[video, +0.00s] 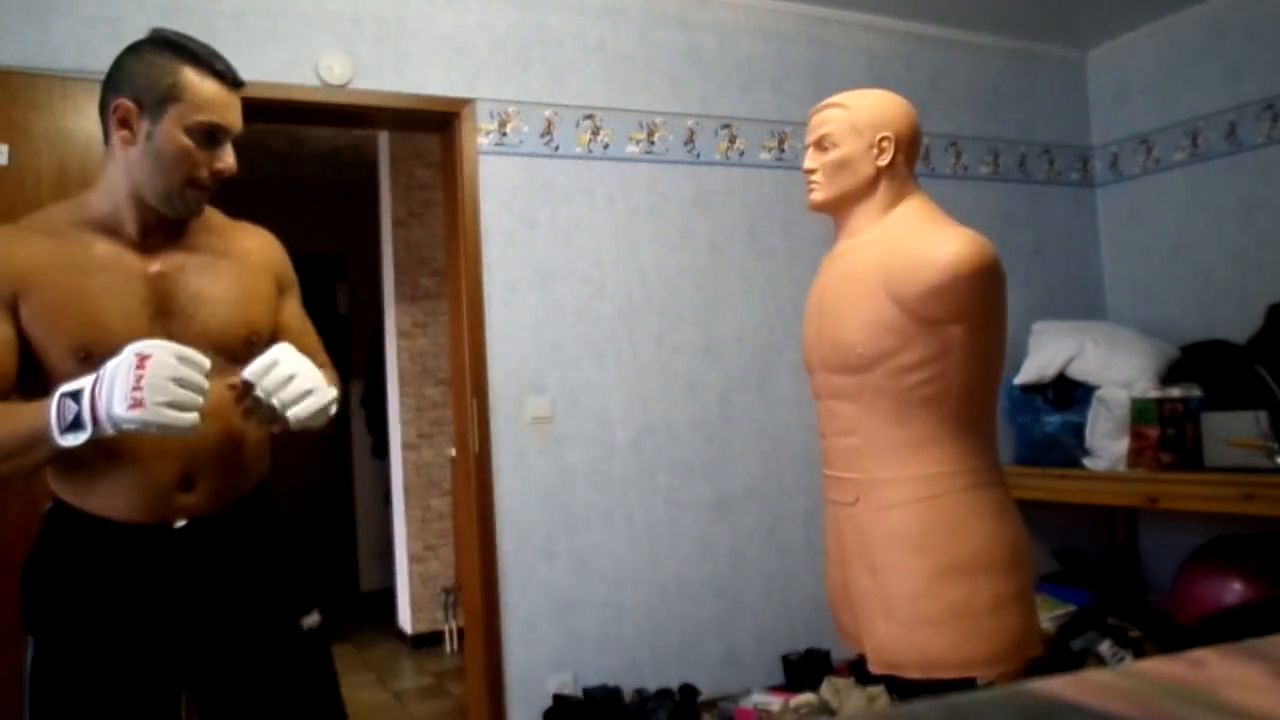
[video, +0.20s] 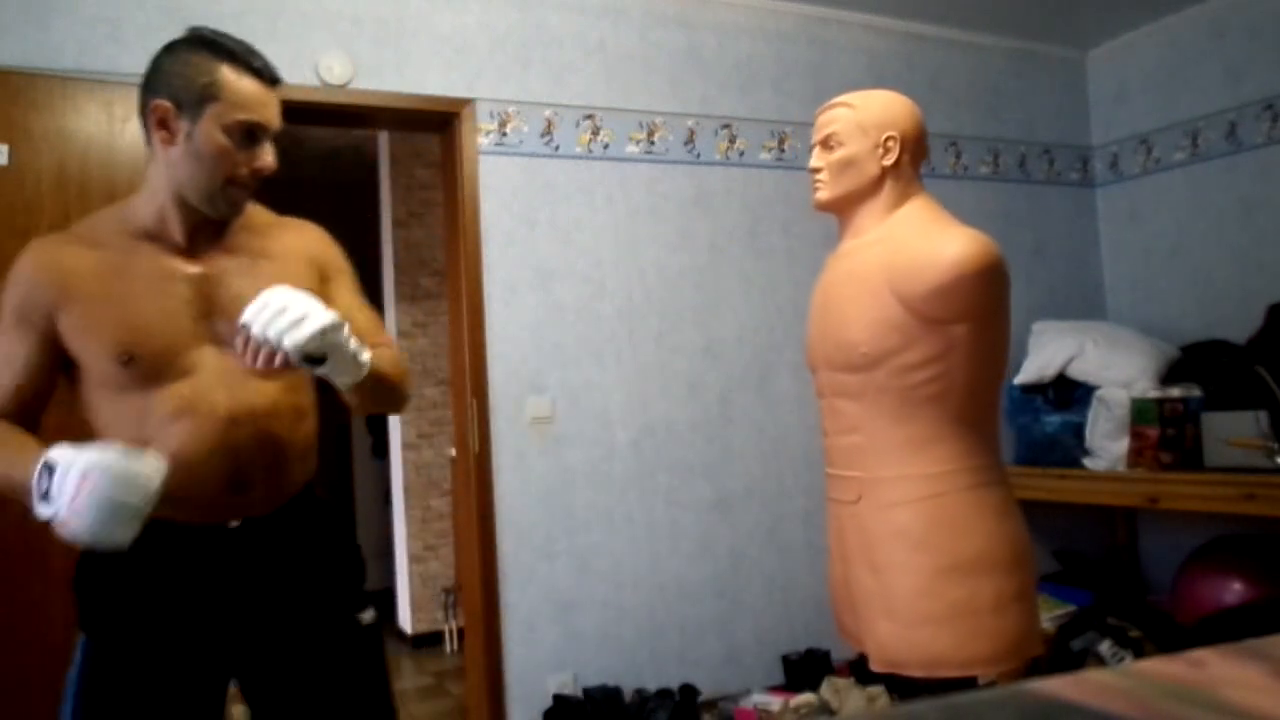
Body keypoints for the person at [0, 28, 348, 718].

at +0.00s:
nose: (227, 165)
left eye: (232, 144)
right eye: (207, 138)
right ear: (125, 125)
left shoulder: (259, 252)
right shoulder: (20, 255)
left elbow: (320, 384)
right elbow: (5, 435)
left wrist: (309, 388)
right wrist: (87, 404)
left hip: (246, 564)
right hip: (94, 574)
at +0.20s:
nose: (268, 162)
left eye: (271, 141)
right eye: (245, 136)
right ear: (165, 126)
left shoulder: (304, 247)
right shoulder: (57, 270)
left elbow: (391, 391)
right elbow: (3, 423)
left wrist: (336, 347)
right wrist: (47, 476)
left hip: (298, 564)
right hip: (149, 575)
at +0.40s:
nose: (298, 158)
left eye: (301, 136)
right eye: (275, 131)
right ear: (195, 118)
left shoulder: (326, 240)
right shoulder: (75, 255)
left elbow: (440, 374)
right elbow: (24, 409)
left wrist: (363, 308)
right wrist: (40, 505)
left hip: (313, 562)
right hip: (163, 570)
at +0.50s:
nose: (309, 168)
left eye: (311, 145)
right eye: (287, 139)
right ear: (205, 124)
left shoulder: (317, 253)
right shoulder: (72, 262)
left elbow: (445, 375)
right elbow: (10, 423)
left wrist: (383, 298)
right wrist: (19, 554)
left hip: (309, 577)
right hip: (157, 588)